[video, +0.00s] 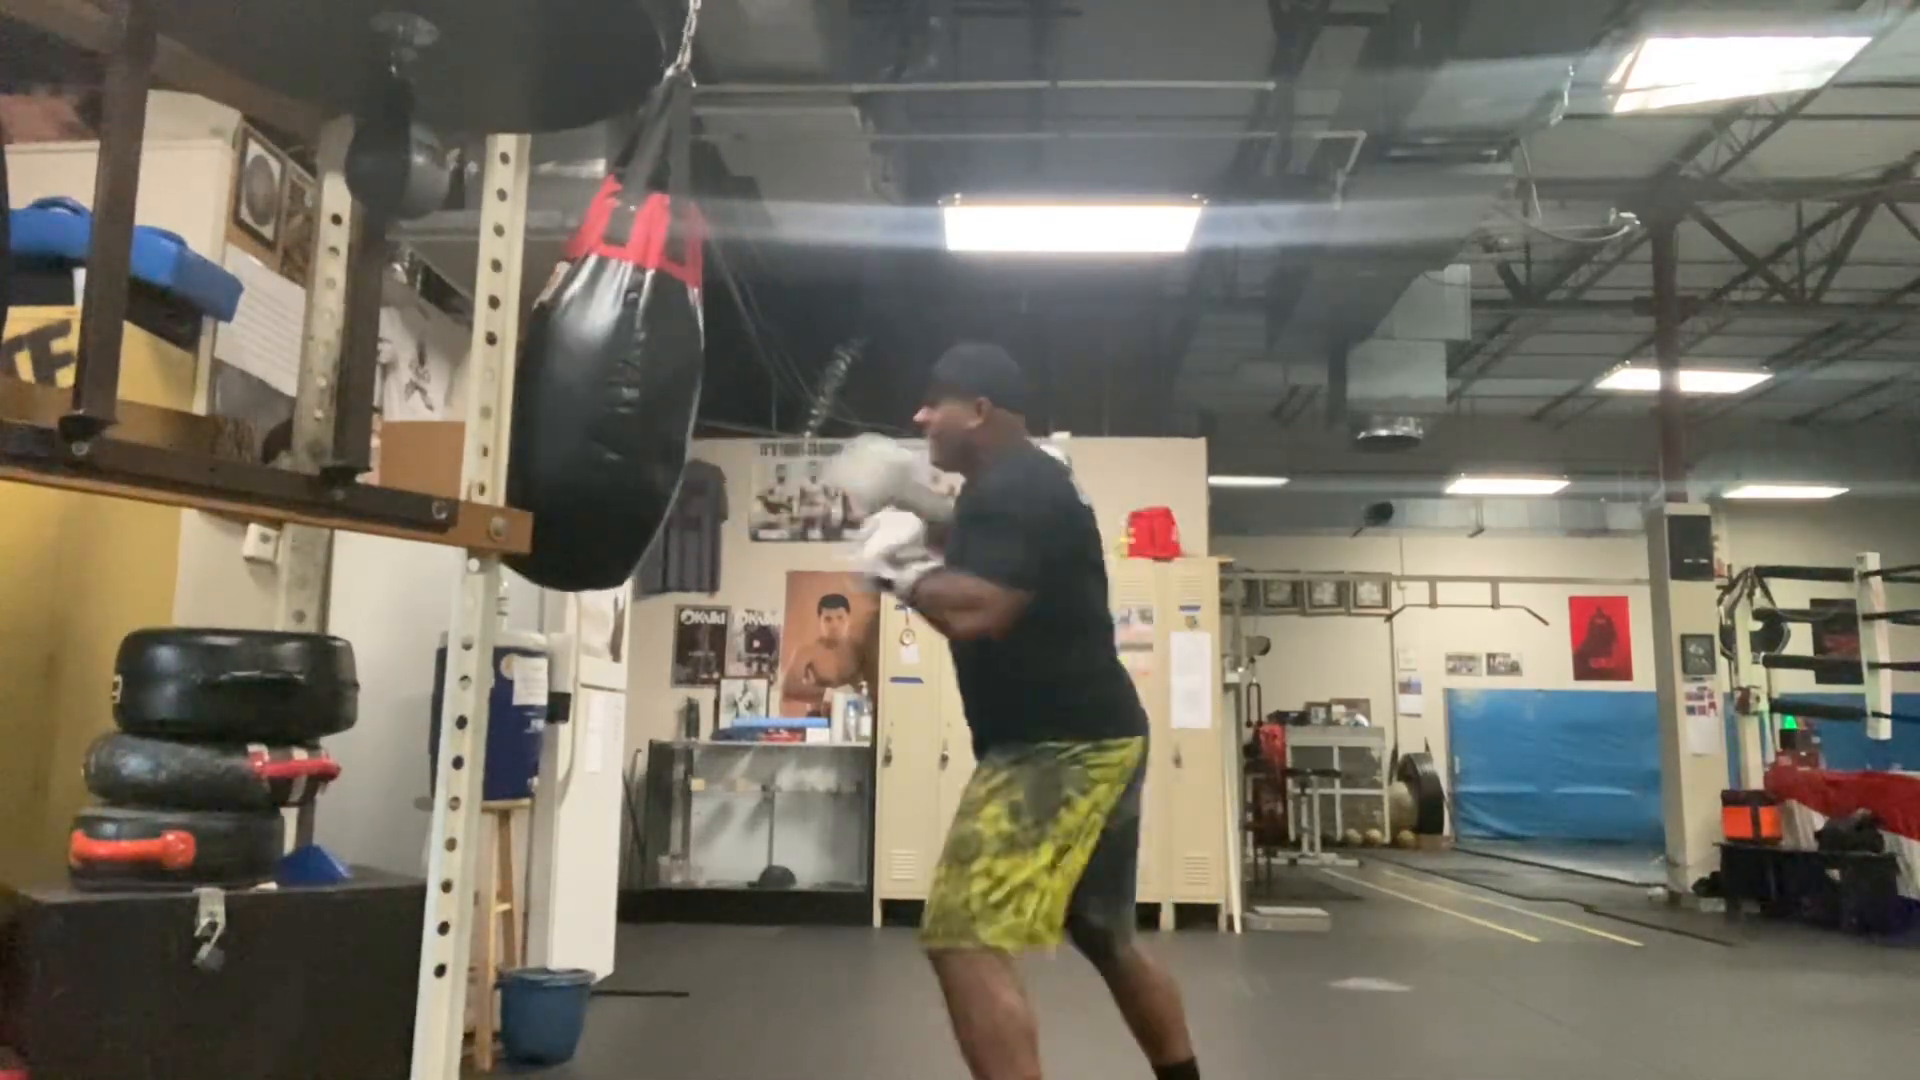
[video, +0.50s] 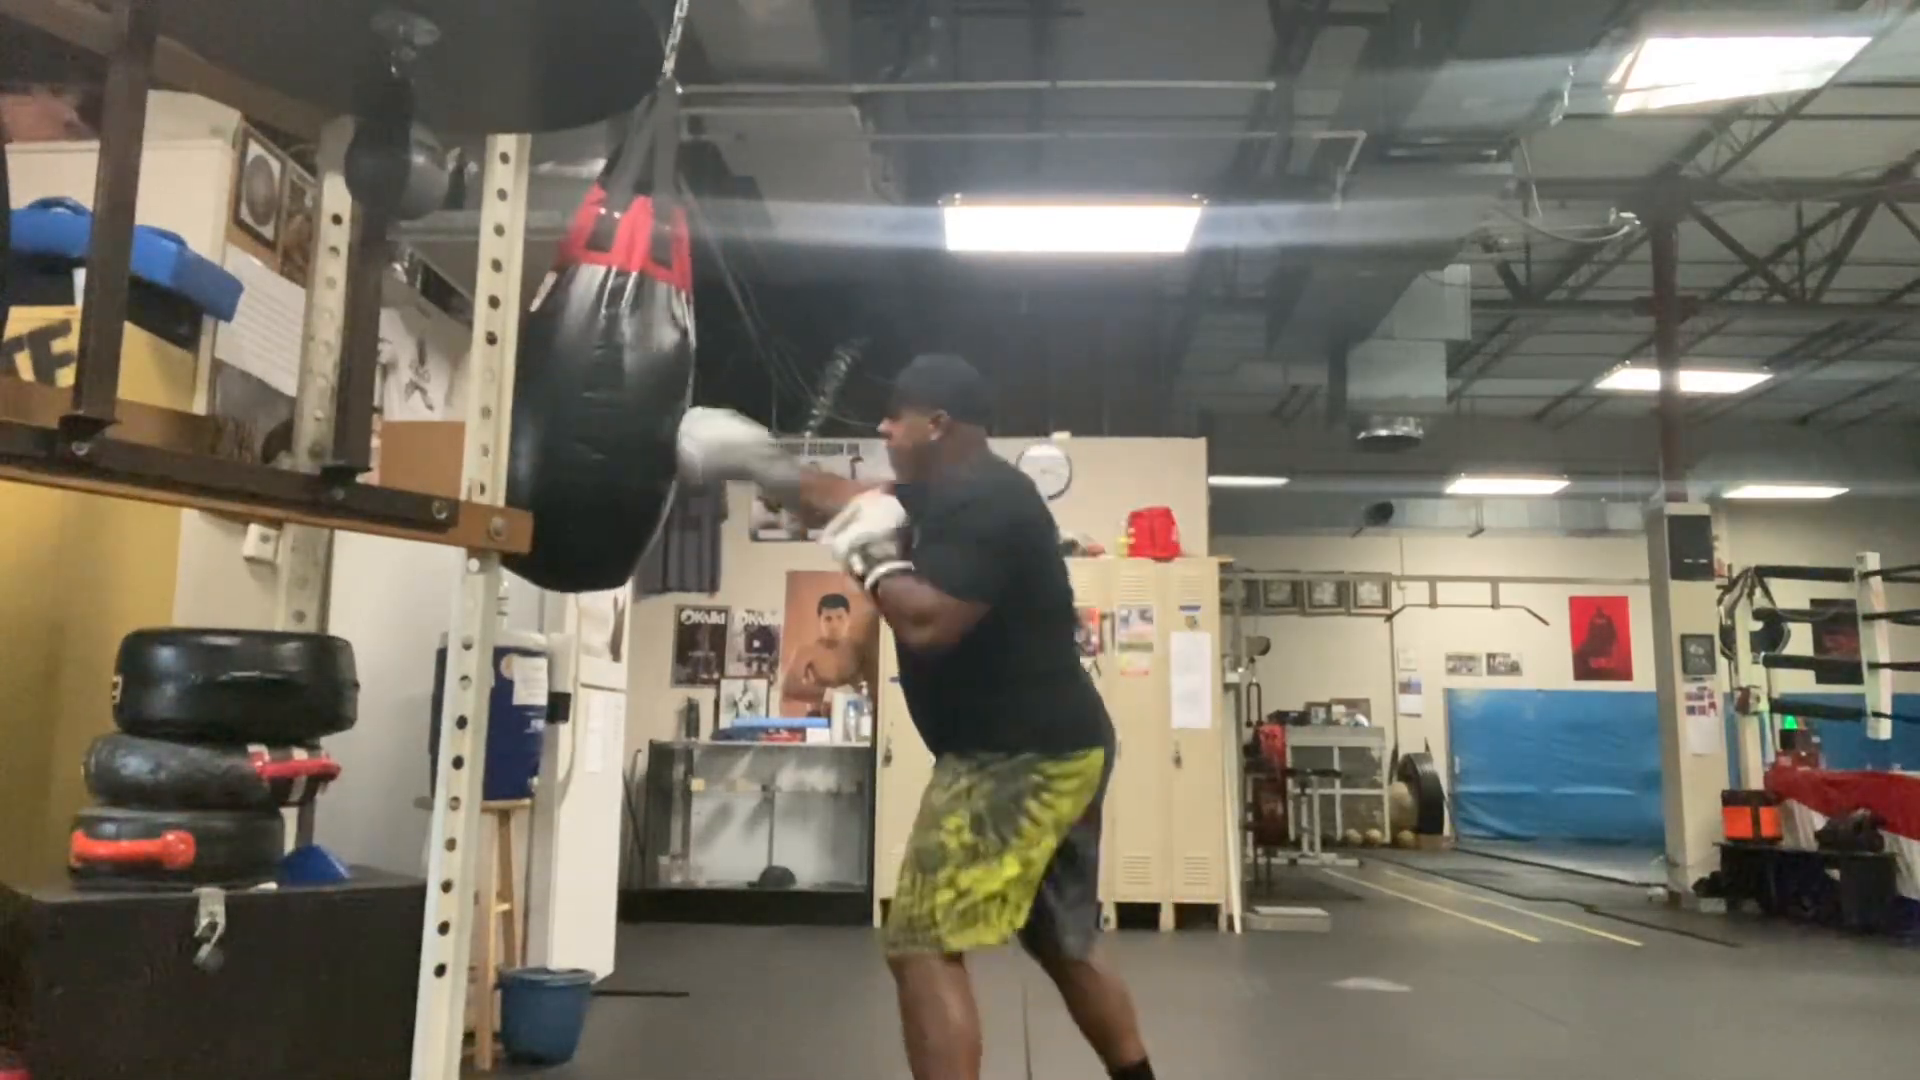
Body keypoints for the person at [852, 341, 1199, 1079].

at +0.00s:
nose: (923, 419)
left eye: (936, 404)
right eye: (927, 404)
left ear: (981, 413)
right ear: (989, 415)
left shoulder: (1011, 487)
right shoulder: (1035, 479)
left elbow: (983, 608)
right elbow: (978, 542)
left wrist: (905, 570)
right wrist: (915, 503)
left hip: (1051, 744)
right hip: (1098, 737)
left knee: (962, 936)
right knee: (1104, 930)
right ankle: (1181, 1072)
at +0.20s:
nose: (912, 413)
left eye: (926, 399)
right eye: (917, 399)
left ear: (970, 409)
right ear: (976, 411)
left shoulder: (1005, 484)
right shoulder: (1002, 477)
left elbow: (951, 576)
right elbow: (956, 565)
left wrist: (872, 531)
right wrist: (891, 522)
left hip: (1024, 746)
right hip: (1076, 740)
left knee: (946, 948)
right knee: (1088, 940)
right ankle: (1166, 1072)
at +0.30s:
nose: (907, 439)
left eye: (915, 425)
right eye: (910, 425)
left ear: (951, 425)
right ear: (989, 429)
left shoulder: (927, 481)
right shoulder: (1058, 499)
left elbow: (784, 497)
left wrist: (692, 470)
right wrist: (911, 582)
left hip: (1006, 748)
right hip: (1093, 742)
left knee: (920, 959)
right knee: (1071, 936)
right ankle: (1139, 1073)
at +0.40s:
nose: (893, 423)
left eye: (903, 407)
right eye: (895, 408)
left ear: (945, 410)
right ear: (971, 413)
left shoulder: (943, 487)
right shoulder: (1034, 481)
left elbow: (837, 572)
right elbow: (920, 536)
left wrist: (792, 530)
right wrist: (836, 521)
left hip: (1002, 743)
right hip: (1075, 733)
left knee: (917, 948)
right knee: (1066, 932)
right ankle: (1142, 1074)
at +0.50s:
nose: (885, 433)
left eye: (896, 418)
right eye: (887, 418)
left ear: (939, 426)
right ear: (943, 427)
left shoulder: (986, 504)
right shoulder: (945, 494)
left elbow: (928, 623)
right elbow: (852, 506)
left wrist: (874, 550)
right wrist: (764, 467)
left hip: (1016, 753)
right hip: (1049, 747)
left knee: (921, 942)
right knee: (1064, 943)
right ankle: (1136, 1074)